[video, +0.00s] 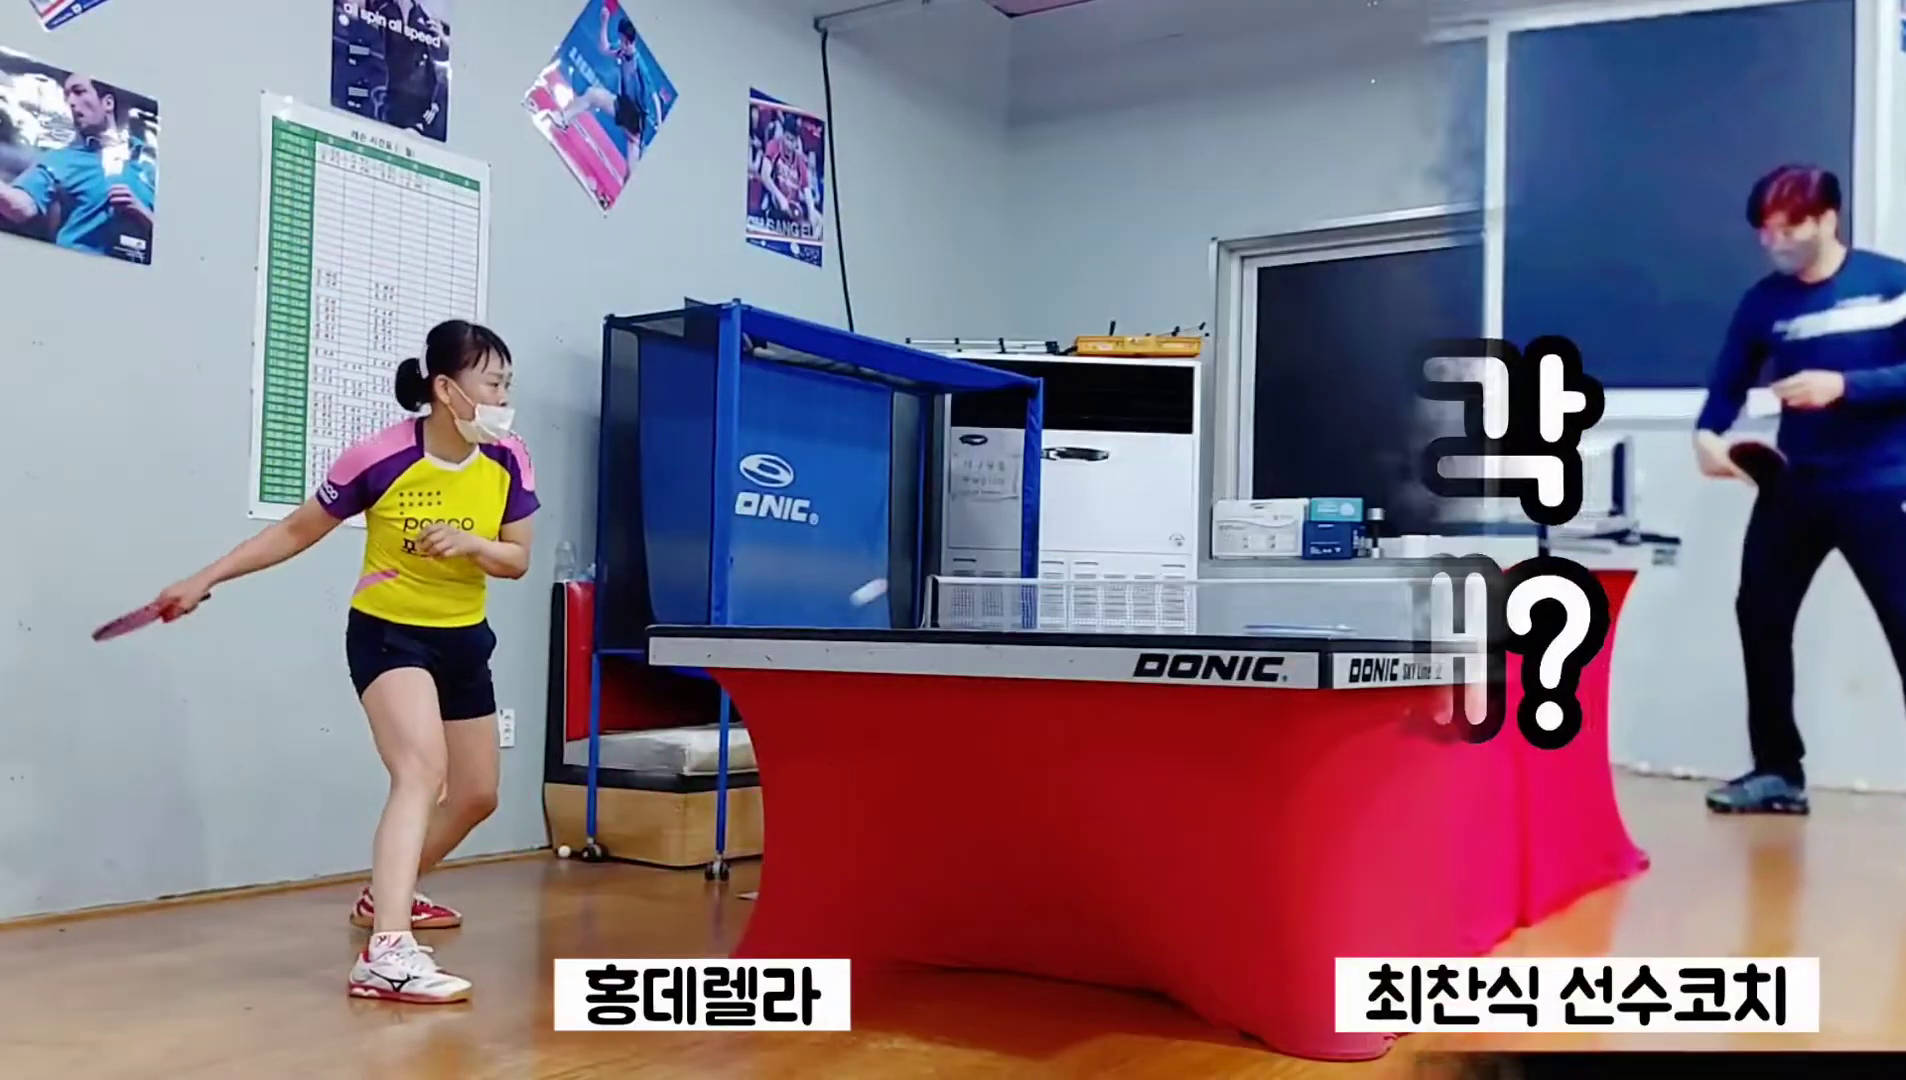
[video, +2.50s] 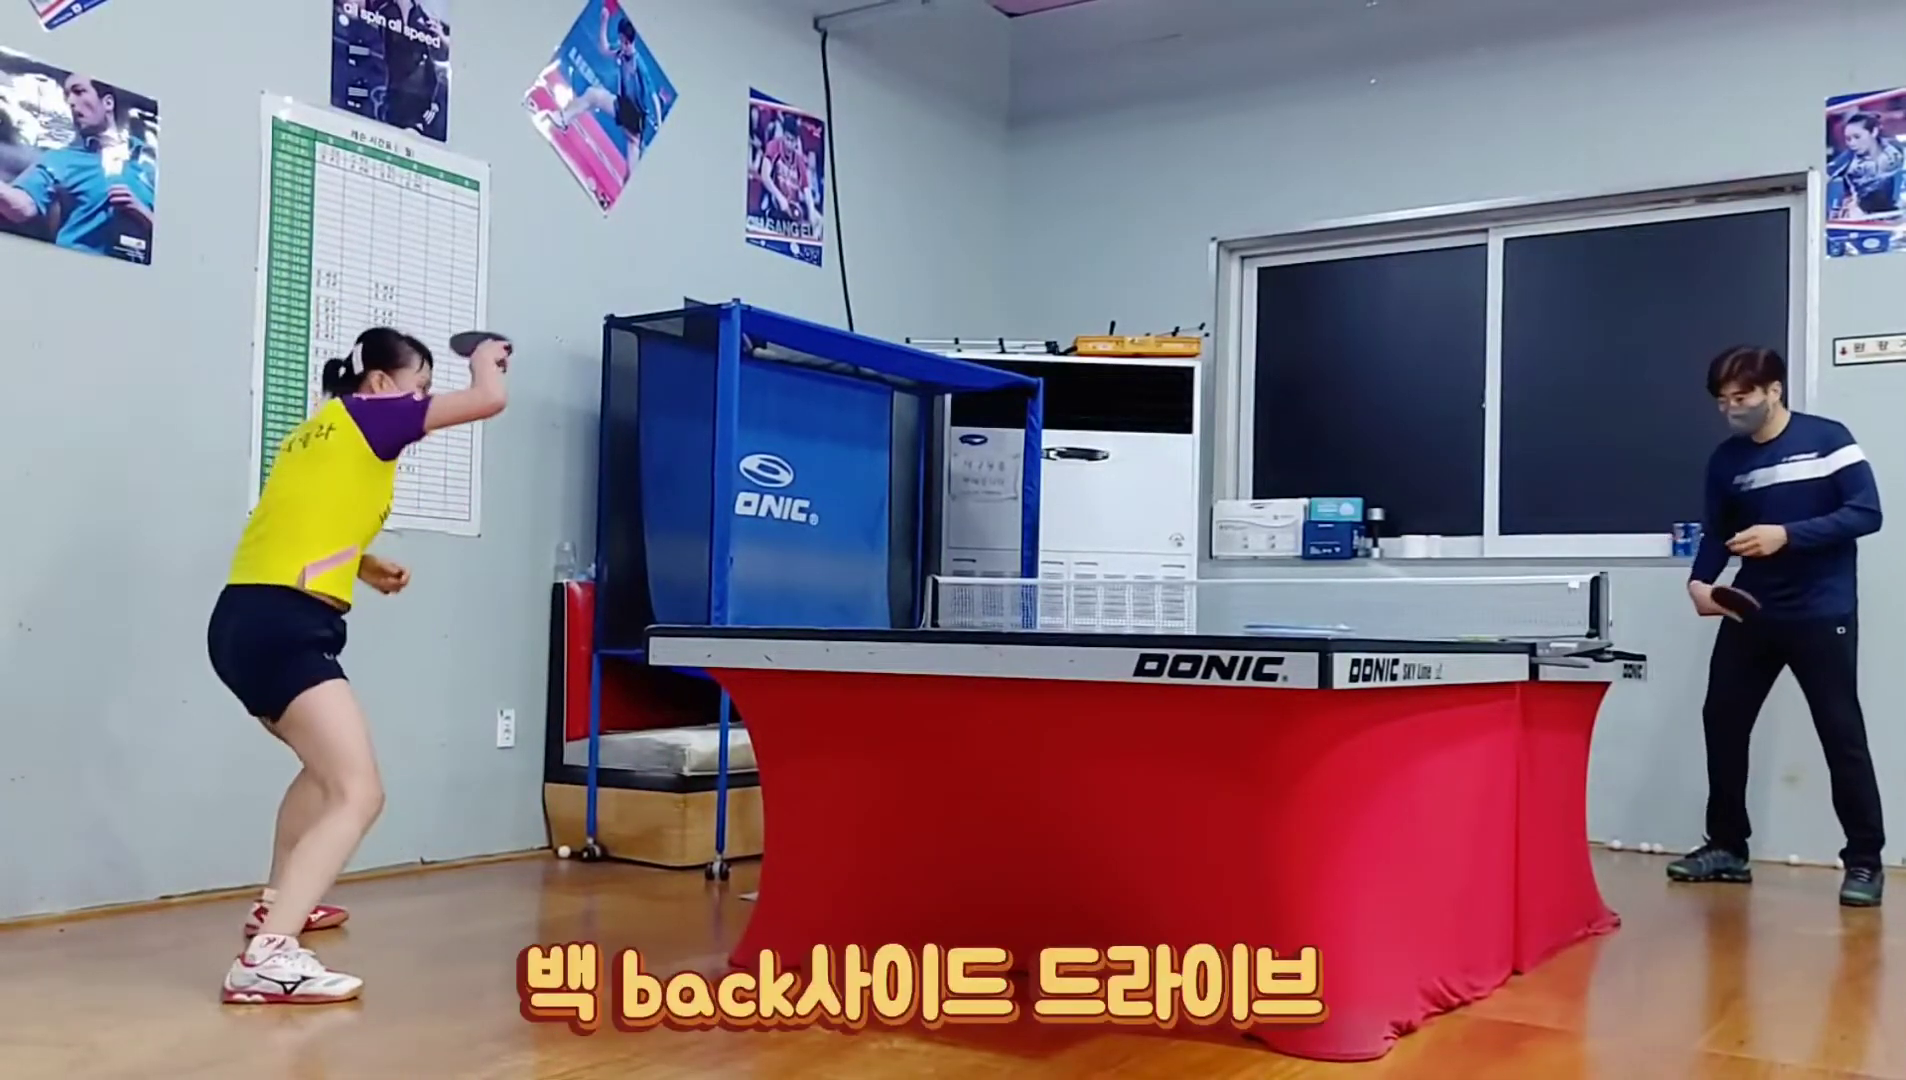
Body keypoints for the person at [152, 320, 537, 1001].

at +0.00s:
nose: (503, 397)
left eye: (506, 384)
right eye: (490, 384)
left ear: (499, 388)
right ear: (443, 389)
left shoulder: (507, 457)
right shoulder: (379, 459)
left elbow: (517, 561)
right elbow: (295, 532)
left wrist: (472, 544)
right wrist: (204, 579)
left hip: (464, 638)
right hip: (390, 632)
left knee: (476, 795)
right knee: (421, 770)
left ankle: (386, 892)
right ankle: (390, 948)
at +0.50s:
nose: (507, 371)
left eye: (508, 362)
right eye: (498, 358)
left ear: (456, 361)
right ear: (459, 355)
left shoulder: (438, 417)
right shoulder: (445, 401)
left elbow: (404, 506)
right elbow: (562, 408)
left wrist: (459, 546)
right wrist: (583, 355)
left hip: (385, 611)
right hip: (371, 609)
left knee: (438, 754)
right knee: (407, 770)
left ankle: (384, 889)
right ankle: (332, 942)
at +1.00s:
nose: (459, 431)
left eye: (462, 417)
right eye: (446, 418)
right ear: (399, 429)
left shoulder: (471, 495)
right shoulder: (336, 495)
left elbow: (487, 586)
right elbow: (239, 569)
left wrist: (450, 586)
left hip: (410, 670)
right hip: (330, 654)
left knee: (418, 834)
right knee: (400, 762)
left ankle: (322, 892)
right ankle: (341, 952)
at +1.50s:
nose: (466, 402)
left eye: (467, 391)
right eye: (461, 389)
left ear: (411, 383)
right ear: (422, 379)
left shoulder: (374, 427)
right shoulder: (407, 416)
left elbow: (344, 512)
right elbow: (521, 404)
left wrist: (403, 557)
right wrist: (534, 360)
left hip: (298, 620)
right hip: (319, 623)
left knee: (363, 776)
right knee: (386, 791)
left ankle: (325, 895)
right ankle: (300, 953)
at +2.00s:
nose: (420, 432)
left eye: (422, 418)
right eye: (407, 419)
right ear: (361, 430)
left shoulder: (432, 495)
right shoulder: (293, 494)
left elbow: (442, 587)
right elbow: (198, 567)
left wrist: (402, 598)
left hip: (373, 671)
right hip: (291, 657)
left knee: (393, 832)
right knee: (362, 759)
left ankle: (297, 897)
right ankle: (312, 954)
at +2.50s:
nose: (424, 398)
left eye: (426, 388)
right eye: (419, 385)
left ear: (365, 384)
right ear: (379, 379)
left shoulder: (316, 429)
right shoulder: (371, 415)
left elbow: (302, 517)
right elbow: (489, 401)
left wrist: (363, 563)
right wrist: (487, 361)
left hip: (241, 622)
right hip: (283, 622)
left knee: (325, 772)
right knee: (358, 795)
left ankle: (279, 900)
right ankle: (267, 952)